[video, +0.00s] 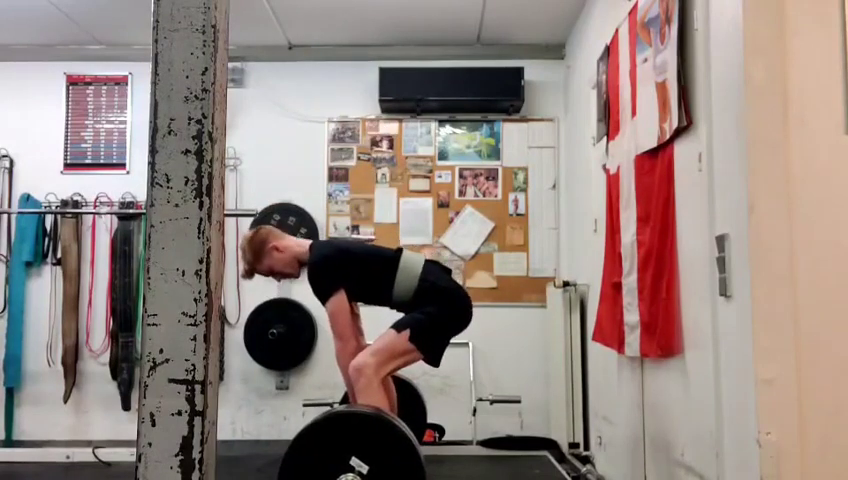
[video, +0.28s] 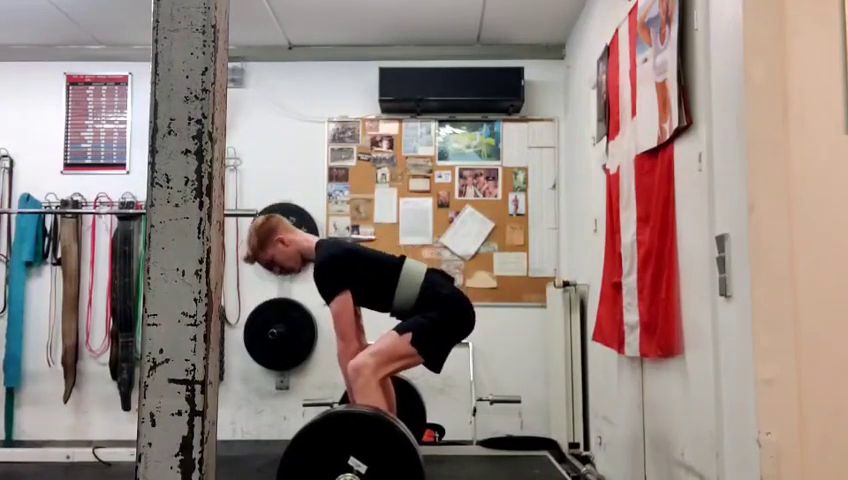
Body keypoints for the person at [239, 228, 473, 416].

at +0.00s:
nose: (279, 279)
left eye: (272, 271)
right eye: (272, 276)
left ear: (277, 247)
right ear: (278, 245)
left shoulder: (322, 264)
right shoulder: (328, 255)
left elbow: (347, 345)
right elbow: (356, 339)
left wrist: (356, 407)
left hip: (444, 303)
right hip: (444, 300)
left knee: (363, 368)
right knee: (373, 369)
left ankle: (379, 454)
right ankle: (389, 451)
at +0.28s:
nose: (279, 271)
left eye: (273, 262)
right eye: (271, 268)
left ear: (283, 239)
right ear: (283, 239)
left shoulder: (328, 263)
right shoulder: (333, 254)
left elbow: (349, 343)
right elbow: (357, 339)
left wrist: (357, 407)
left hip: (446, 310)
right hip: (445, 307)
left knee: (362, 368)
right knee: (373, 368)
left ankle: (375, 456)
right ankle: (388, 451)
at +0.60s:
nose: (284, 259)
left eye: (279, 250)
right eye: (278, 254)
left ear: (292, 231)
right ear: (295, 230)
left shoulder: (335, 261)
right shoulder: (340, 253)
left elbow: (353, 344)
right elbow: (361, 341)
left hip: (448, 316)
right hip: (446, 314)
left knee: (360, 367)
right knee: (371, 367)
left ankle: (374, 452)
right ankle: (389, 449)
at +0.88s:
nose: (287, 256)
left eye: (284, 247)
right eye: (281, 252)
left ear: (297, 228)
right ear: (300, 227)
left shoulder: (339, 262)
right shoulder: (344, 253)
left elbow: (355, 345)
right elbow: (363, 342)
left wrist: (356, 399)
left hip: (450, 319)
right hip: (447, 316)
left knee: (362, 367)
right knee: (371, 367)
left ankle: (373, 451)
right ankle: (390, 449)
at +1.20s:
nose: (288, 256)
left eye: (284, 247)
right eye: (282, 251)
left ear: (297, 228)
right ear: (301, 227)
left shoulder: (338, 262)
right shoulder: (342, 253)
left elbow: (354, 346)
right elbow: (361, 343)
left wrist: (356, 400)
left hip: (449, 320)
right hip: (446, 317)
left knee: (361, 367)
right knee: (371, 366)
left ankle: (372, 451)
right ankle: (389, 448)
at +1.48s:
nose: (288, 256)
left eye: (284, 248)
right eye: (282, 252)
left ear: (296, 228)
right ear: (300, 227)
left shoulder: (335, 262)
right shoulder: (340, 253)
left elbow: (352, 345)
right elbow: (360, 343)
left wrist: (355, 398)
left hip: (449, 319)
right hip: (447, 316)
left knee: (360, 368)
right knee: (371, 367)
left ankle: (374, 452)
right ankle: (390, 450)